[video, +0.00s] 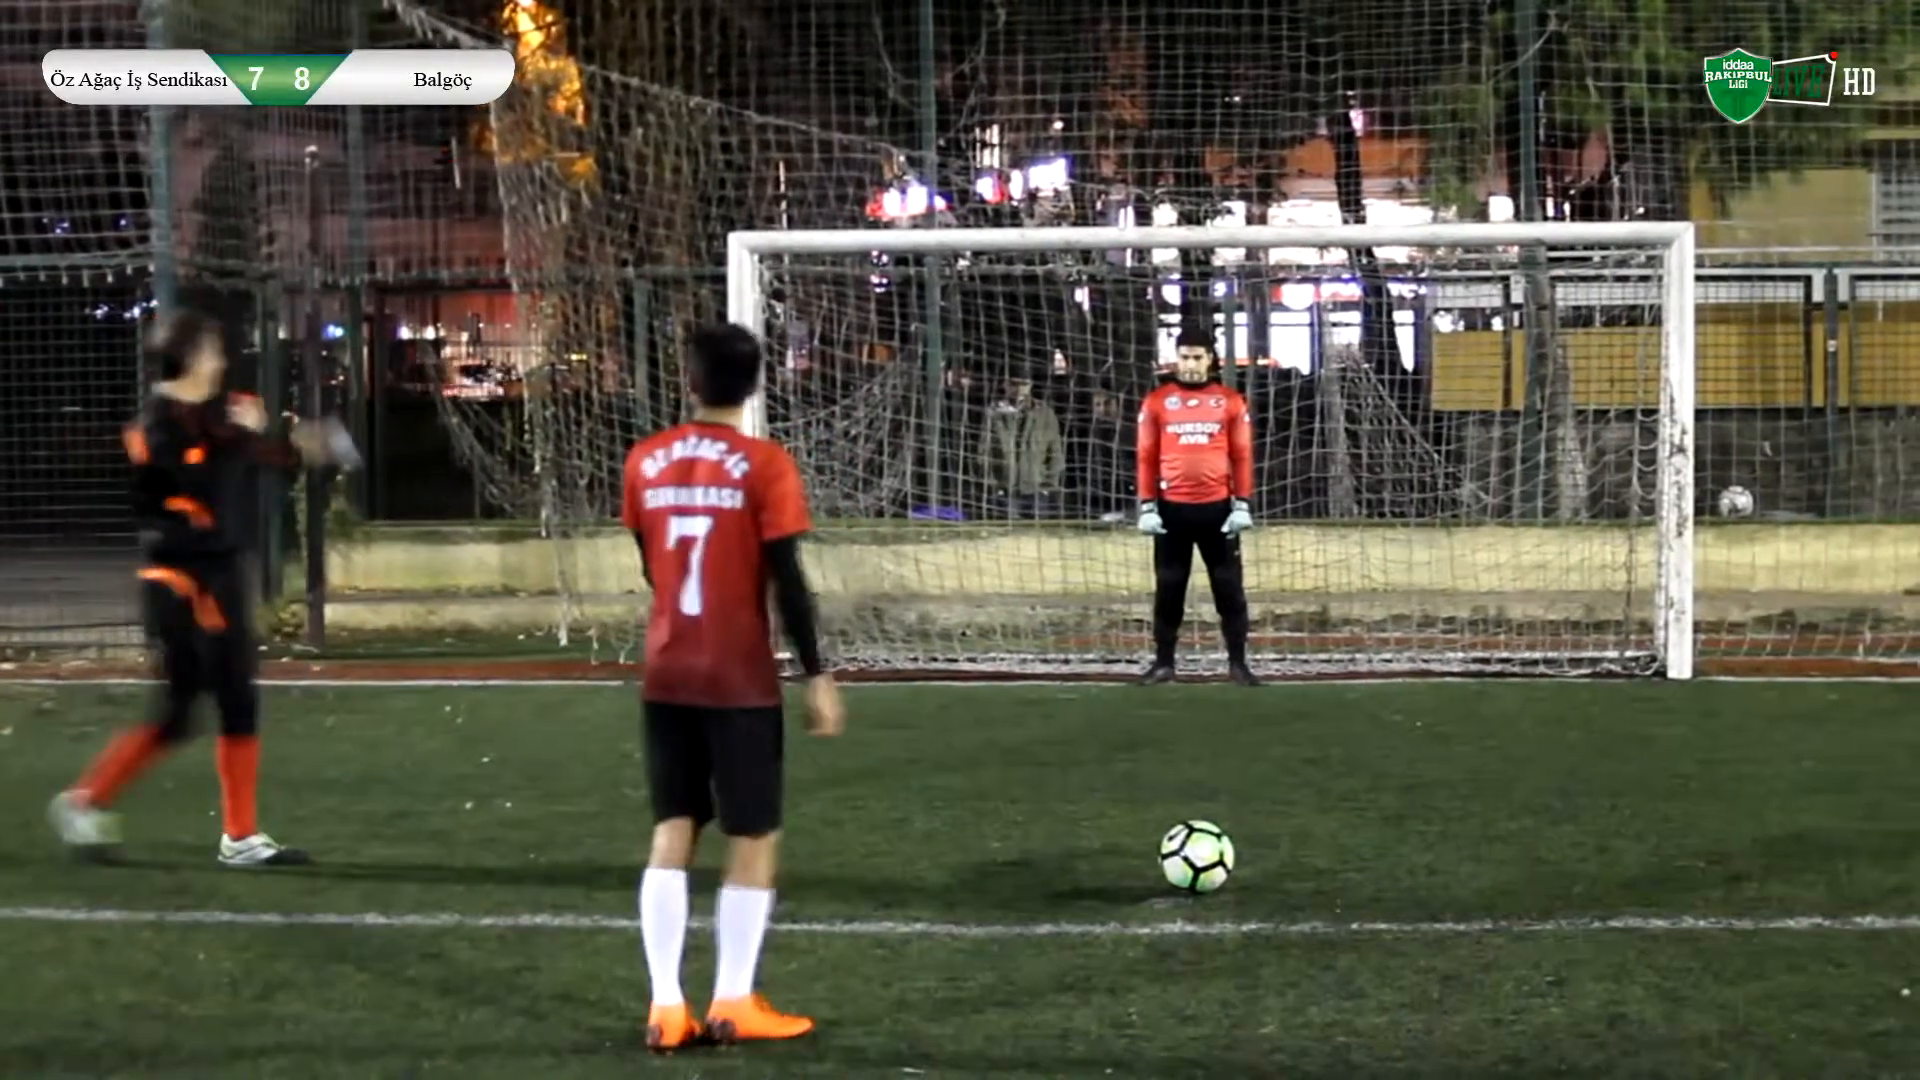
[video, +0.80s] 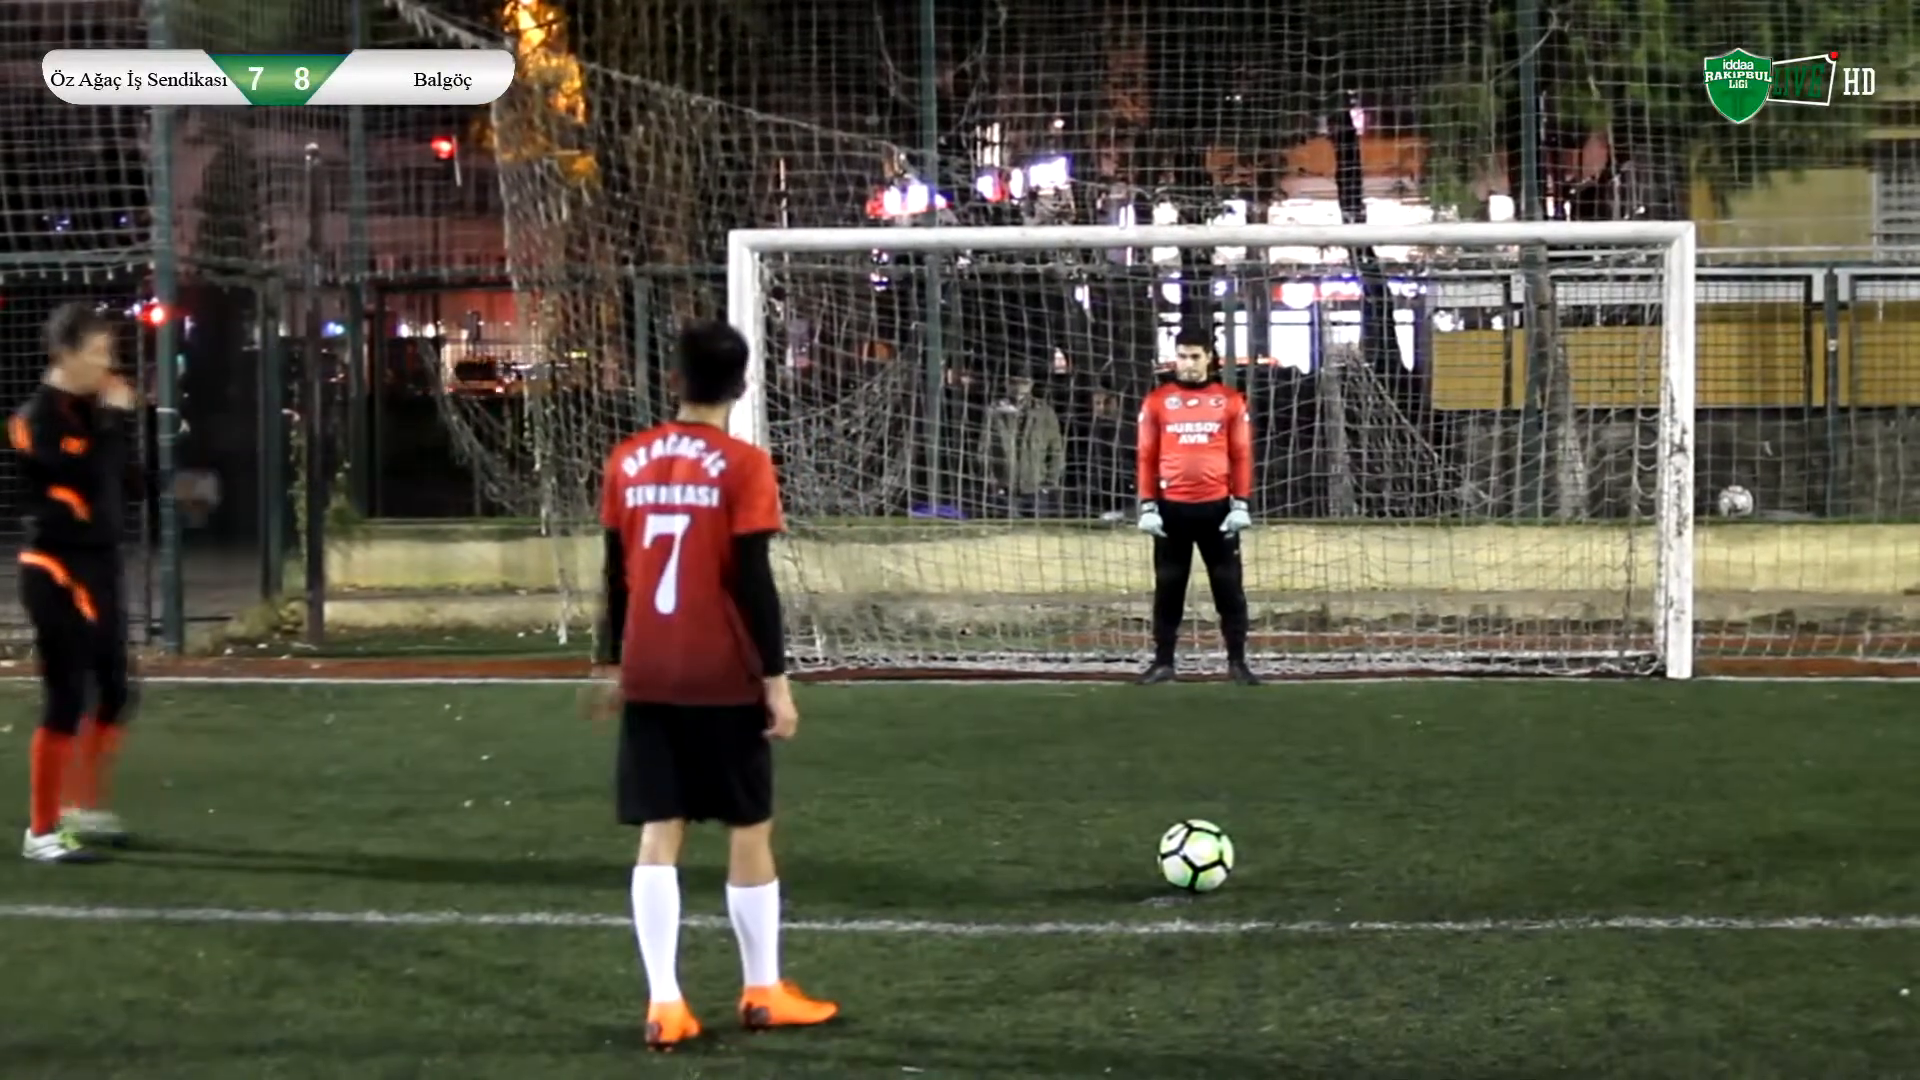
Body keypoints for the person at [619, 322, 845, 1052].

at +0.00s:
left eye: (699, 372)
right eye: (746, 378)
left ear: (691, 382)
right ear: (755, 385)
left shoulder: (643, 460)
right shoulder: (767, 463)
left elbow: (654, 568)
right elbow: (787, 576)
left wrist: (708, 614)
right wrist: (817, 671)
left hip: (665, 677)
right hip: (742, 680)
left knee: (673, 825)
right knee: (753, 835)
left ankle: (664, 1001)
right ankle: (734, 997)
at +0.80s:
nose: (729, 387)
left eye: (691, 372)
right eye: (738, 378)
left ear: (677, 380)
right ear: (741, 385)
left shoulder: (627, 459)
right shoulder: (747, 464)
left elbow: (617, 576)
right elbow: (752, 574)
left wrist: (611, 659)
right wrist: (776, 674)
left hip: (648, 677)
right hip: (727, 679)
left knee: (660, 828)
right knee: (751, 826)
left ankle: (663, 999)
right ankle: (764, 986)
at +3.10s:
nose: (905, 485)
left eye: (903, 475)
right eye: (904, 474)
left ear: (841, 472)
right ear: (893, 472)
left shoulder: (792, 519)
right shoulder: (886, 517)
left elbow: (783, 602)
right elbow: (866, 580)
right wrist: (862, 668)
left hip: (768, 694)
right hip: (835, 690)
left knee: (736, 827)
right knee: (913, 797)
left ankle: (681, 979)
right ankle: (895, 958)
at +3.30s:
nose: (944, 489)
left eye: (942, 480)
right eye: (942, 480)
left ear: (883, 480)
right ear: (932, 481)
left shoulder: (850, 522)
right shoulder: (940, 526)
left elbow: (813, 567)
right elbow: (946, 593)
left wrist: (864, 606)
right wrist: (968, 686)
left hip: (830, 697)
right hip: (896, 698)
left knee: (834, 846)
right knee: (950, 822)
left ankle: (747, 934)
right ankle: (900, 965)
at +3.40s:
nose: (960, 480)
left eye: (958, 470)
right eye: (957, 470)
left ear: (899, 471)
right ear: (949, 472)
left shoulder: (860, 518)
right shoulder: (960, 525)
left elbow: (821, 538)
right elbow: (1006, 607)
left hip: (860, 695)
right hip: (919, 696)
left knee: (920, 827)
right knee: (964, 826)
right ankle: (905, 960)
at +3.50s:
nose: (970, 461)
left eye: (965, 452)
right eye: (968, 452)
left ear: (912, 455)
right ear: (959, 453)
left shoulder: (874, 499)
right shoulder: (984, 510)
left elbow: (804, 492)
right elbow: (1033, 592)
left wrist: (843, 545)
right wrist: (1083, 642)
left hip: (881, 678)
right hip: (942, 678)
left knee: (946, 800)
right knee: (971, 819)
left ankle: (907, 898)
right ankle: (912, 947)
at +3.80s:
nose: (991, 436)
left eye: (986, 427)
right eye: (988, 428)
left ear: (934, 438)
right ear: (982, 432)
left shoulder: (913, 499)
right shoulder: (1009, 489)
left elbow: (840, 536)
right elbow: (1080, 558)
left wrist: (840, 610)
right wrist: (1158, 580)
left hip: (972, 669)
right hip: (1025, 662)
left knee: (1053, 767)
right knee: (1083, 769)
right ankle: (1003, 823)